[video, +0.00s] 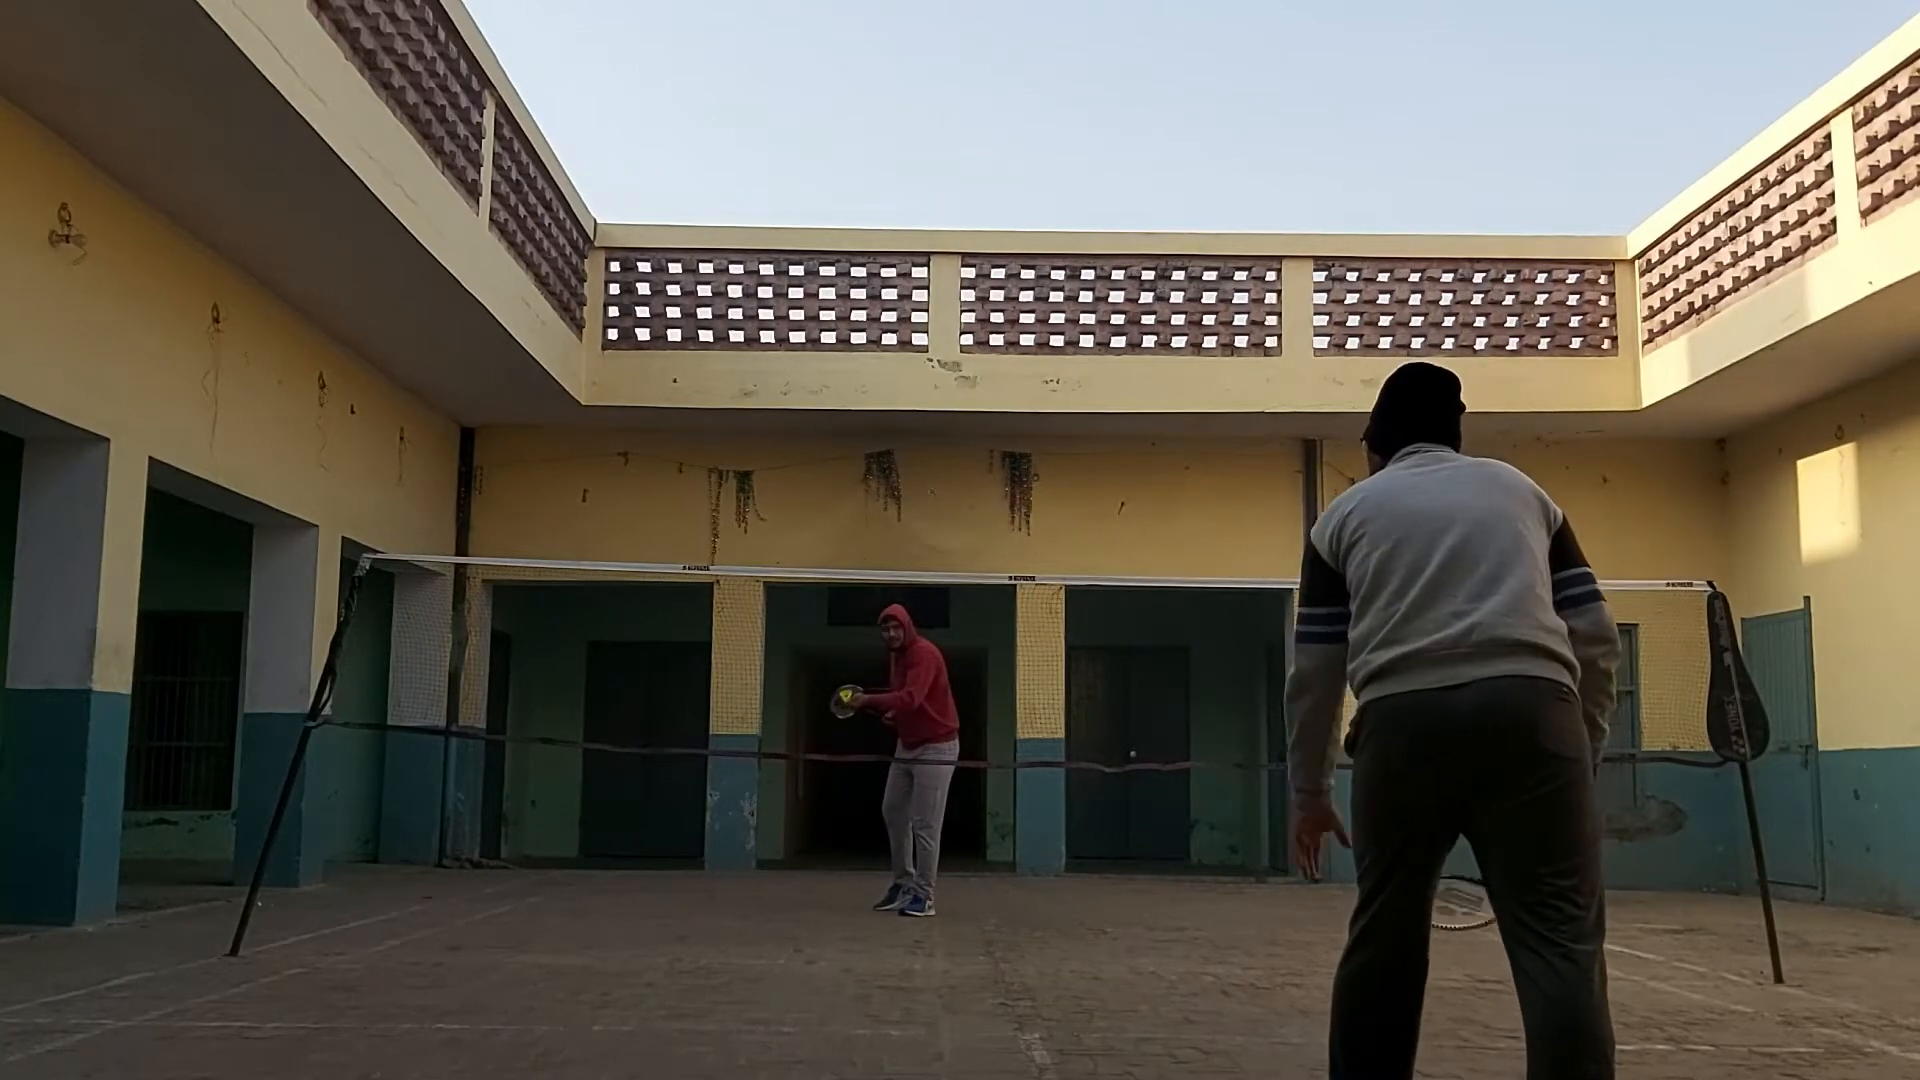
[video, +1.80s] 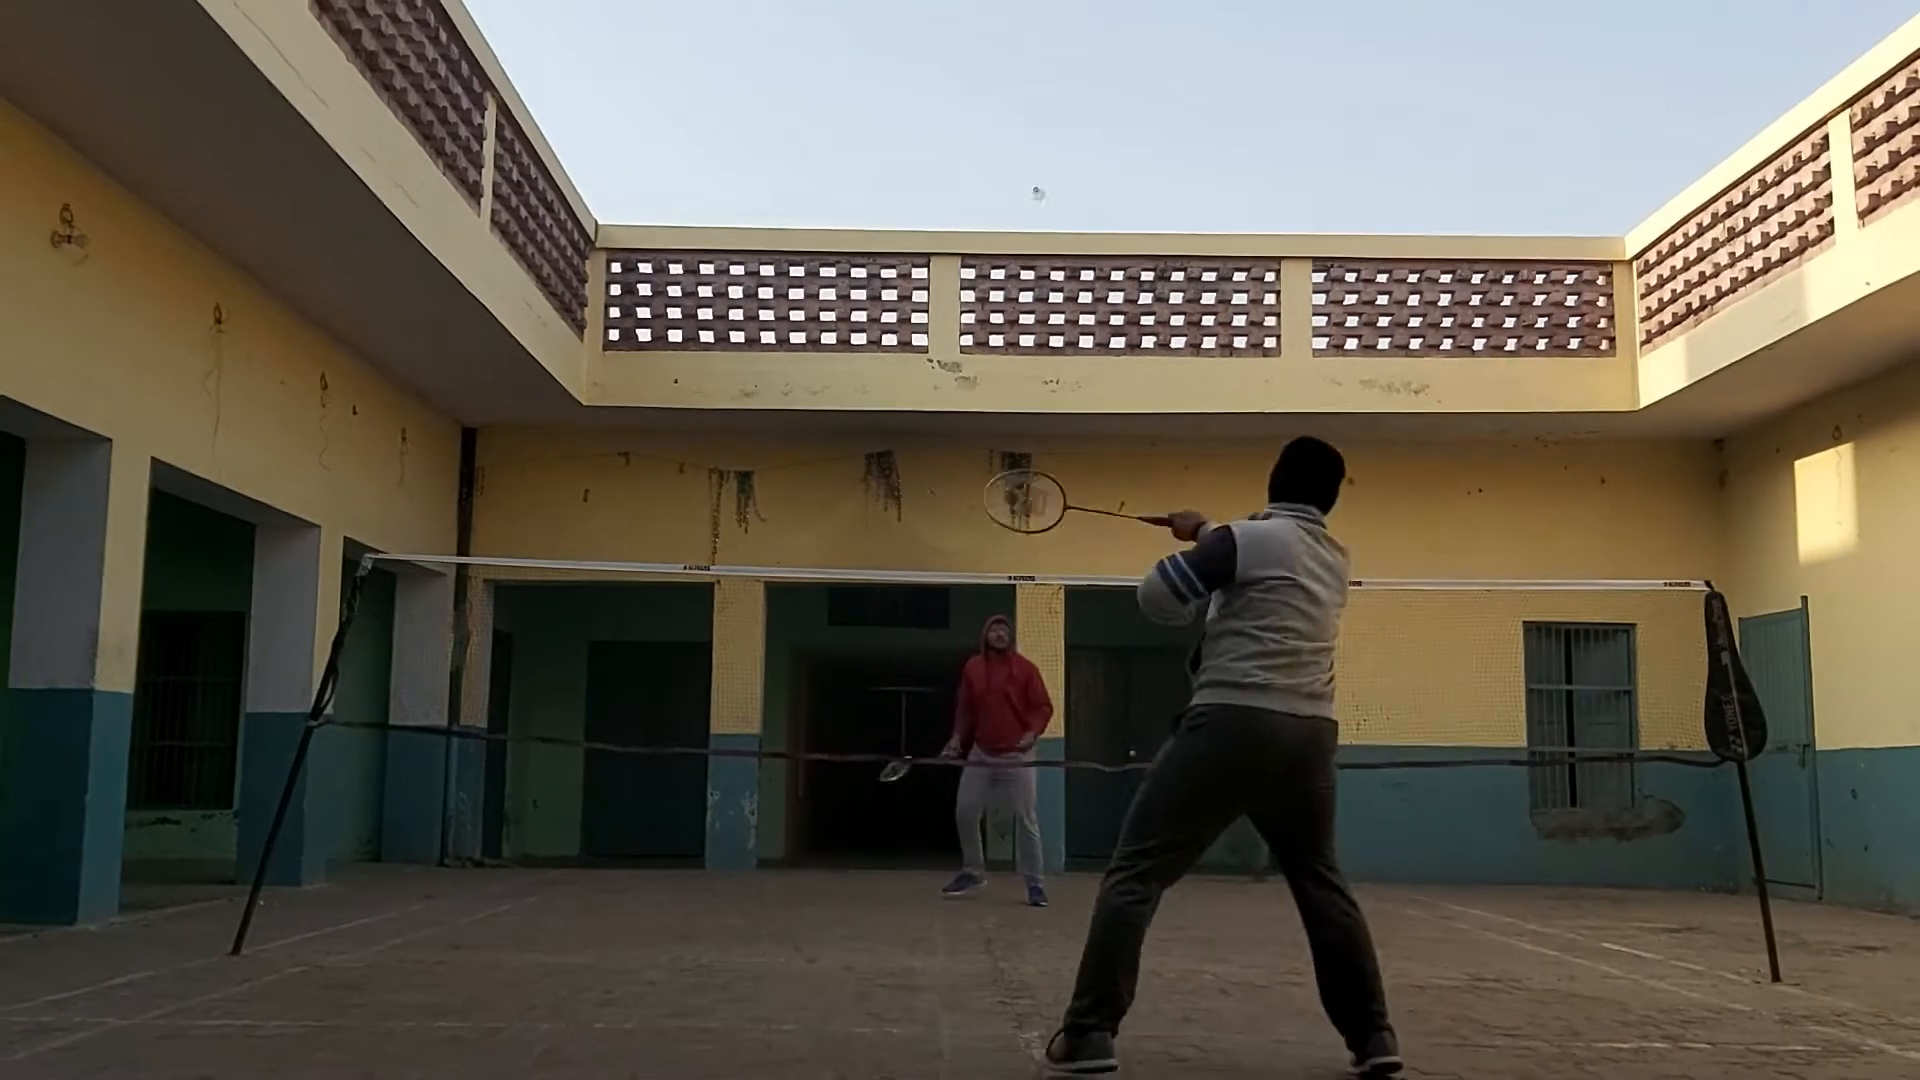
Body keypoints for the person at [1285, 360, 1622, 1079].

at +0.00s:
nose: (1368, 454)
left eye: (1369, 444)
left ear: (1376, 442)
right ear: (1457, 434)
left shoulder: (1343, 514)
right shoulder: (1522, 490)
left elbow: (1312, 673)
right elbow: (1595, 630)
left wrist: (1309, 793)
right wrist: (1586, 742)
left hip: (1401, 729)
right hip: (1532, 717)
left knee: (1387, 926)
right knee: (1558, 936)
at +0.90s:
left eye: (1352, 439)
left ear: (1349, 446)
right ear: (1430, 447)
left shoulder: (1303, 536)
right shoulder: (1490, 531)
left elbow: (1236, 658)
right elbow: (1551, 656)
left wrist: (1221, 746)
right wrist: (1591, 726)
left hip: (1332, 765)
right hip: (1460, 763)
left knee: (1311, 957)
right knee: (1506, 955)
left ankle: (1333, 1078)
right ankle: (1544, 1073)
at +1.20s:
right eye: (1393, 490)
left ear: (1325, 488)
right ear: (1396, 498)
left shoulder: (1258, 557)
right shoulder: (1427, 576)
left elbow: (1164, 632)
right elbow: (1478, 695)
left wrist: (1174, 695)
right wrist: (1567, 786)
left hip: (1291, 767)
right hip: (1401, 769)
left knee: (1295, 947)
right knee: (1411, 890)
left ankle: (1335, 1076)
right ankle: (1415, 1065)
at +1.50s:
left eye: (1360, 534)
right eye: (1413, 552)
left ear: (1356, 539)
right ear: (1416, 562)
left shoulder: (1300, 574)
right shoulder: (1421, 645)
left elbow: (1220, 604)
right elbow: (1418, 759)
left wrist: (1178, 698)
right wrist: (1474, 830)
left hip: (1274, 757)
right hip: (1362, 782)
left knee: (1235, 916)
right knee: (1346, 895)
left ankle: (1296, 1035)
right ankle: (1379, 1050)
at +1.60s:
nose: (1346, 523)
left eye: (1350, 515)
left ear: (1348, 523)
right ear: (1405, 548)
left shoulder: (1302, 559)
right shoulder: (1401, 620)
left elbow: (1229, 602)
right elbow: (1359, 684)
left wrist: (1184, 687)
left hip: (1260, 741)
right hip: (1343, 763)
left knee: (1190, 896)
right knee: (1343, 891)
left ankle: (1257, 1046)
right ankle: (1379, 1052)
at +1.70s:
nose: (1322, 494)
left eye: (1327, 487)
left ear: (1324, 494)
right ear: (1380, 516)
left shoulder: (1283, 540)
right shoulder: (1377, 582)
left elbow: (1200, 586)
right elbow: (1319, 640)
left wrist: (1187, 665)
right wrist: (1236, 659)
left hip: (1248, 727)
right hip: (1330, 743)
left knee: (1161, 875)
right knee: (1328, 885)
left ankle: (1176, 1048)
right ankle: (1381, 1049)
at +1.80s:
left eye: (1275, 478)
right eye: (1334, 495)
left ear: (1272, 485)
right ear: (1333, 498)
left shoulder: (1238, 537)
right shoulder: (1336, 558)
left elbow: (1155, 597)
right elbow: (1275, 560)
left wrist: (1218, 604)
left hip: (1226, 723)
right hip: (1308, 733)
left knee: (1136, 874)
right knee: (1320, 879)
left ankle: (1090, 1033)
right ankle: (1373, 1037)